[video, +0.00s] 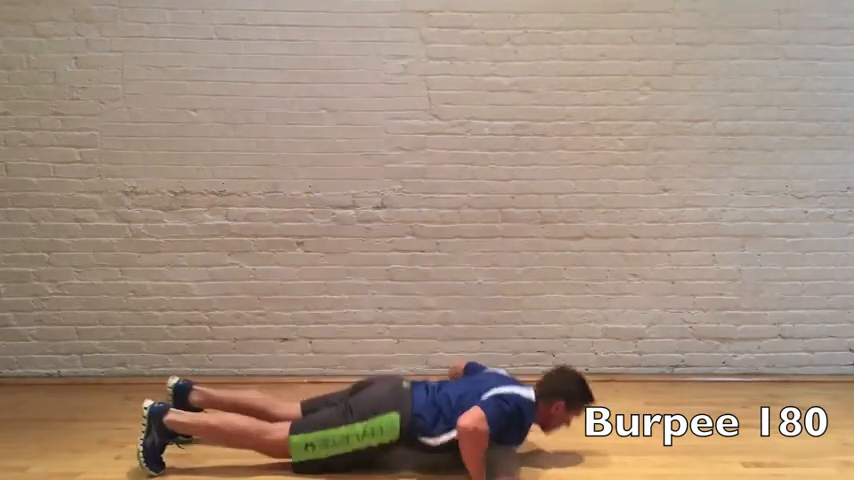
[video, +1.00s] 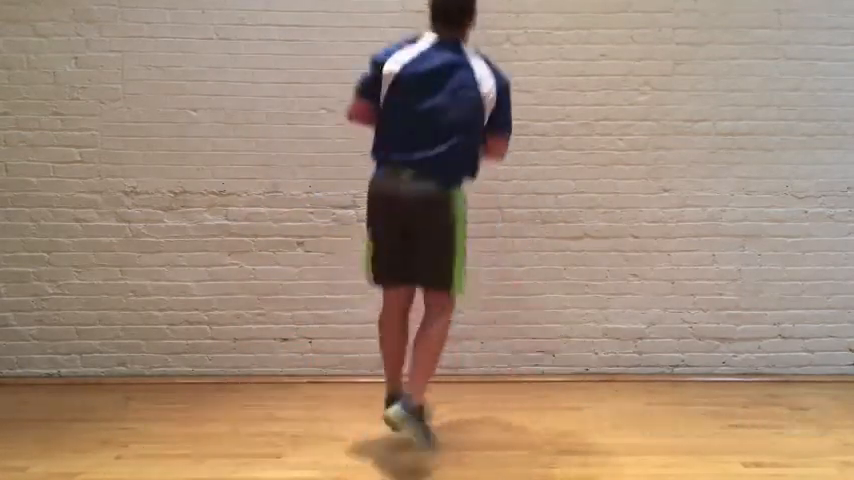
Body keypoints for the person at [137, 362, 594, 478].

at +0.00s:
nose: (567, 424)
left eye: (571, 418)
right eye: (570, 416)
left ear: (548, 389)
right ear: (556, 405)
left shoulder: (508, 383)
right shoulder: (520, 409)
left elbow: (459, 369)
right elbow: (471, 428)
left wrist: (461, 415)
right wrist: (480, 479)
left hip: (393, 388)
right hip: (393, 415)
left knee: (289, 417)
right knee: (278, 444)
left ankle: (193, 395)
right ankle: (167, 421)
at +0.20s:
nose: (563, 392)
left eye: (569, 386)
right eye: (568, 384)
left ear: (554, 357)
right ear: (557, 369)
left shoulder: (515, 346)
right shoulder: (512, 368)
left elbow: (470, 400)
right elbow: (475, 422)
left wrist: (484, 438)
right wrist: (483, 474)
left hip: (393, 326)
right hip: (389, 342)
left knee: (297, 376)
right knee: (292, 398)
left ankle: (200, 394)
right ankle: (182, 422)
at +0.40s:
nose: (513, 369)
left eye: (521, 366)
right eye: (520, 363)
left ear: (515, 340)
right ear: (515, 346)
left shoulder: (488, 324)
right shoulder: (485, 338)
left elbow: (463, 383)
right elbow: (477, 413)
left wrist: (476, 427)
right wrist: (484, 474)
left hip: (381, 248)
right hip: (375, 257)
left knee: (378, 351)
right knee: (387, 373)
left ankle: (321, 409)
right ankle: (308, 410)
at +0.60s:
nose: (536, 269)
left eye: (539, 260)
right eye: (535, 257)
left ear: (514, 249)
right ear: (517, 249)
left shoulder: (485, 259)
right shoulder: (484, 275)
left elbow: (486, 343)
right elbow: (491, 359)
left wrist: (497, 390)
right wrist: (513, 429)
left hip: (365, 278)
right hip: (352, 286)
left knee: (436, 339)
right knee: (426, 369)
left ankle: (402, 427)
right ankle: (389, 448)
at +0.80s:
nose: (519, 145)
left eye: (518, 136)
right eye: (517, 136)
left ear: (483, 135)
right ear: (502, 138)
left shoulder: (460, 161)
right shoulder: (476, 179)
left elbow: (453, 246)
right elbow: (459, 257)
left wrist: (490, 260)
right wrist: (495, 268)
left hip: (374, 255)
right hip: (377, 262)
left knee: (430, 350)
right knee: (442, 363)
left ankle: (397, 426)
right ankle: (373, 446)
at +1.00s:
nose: (455, 20)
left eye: (447, 14)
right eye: (465, 15)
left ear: (431, 15)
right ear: (470, 20)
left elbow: (359, 110)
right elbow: (496, 147)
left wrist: (406, 120)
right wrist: (455, 130)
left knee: (395, 299)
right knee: (439, 306)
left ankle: (395, 396)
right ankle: (411, 402)